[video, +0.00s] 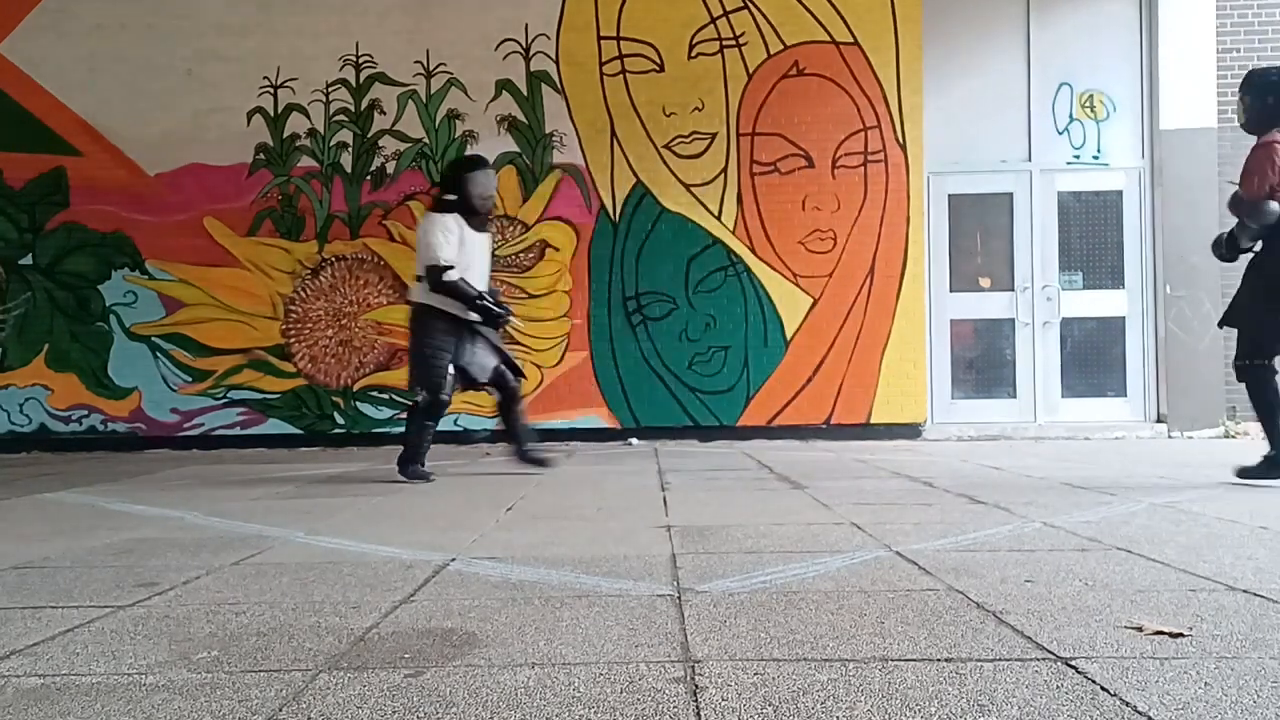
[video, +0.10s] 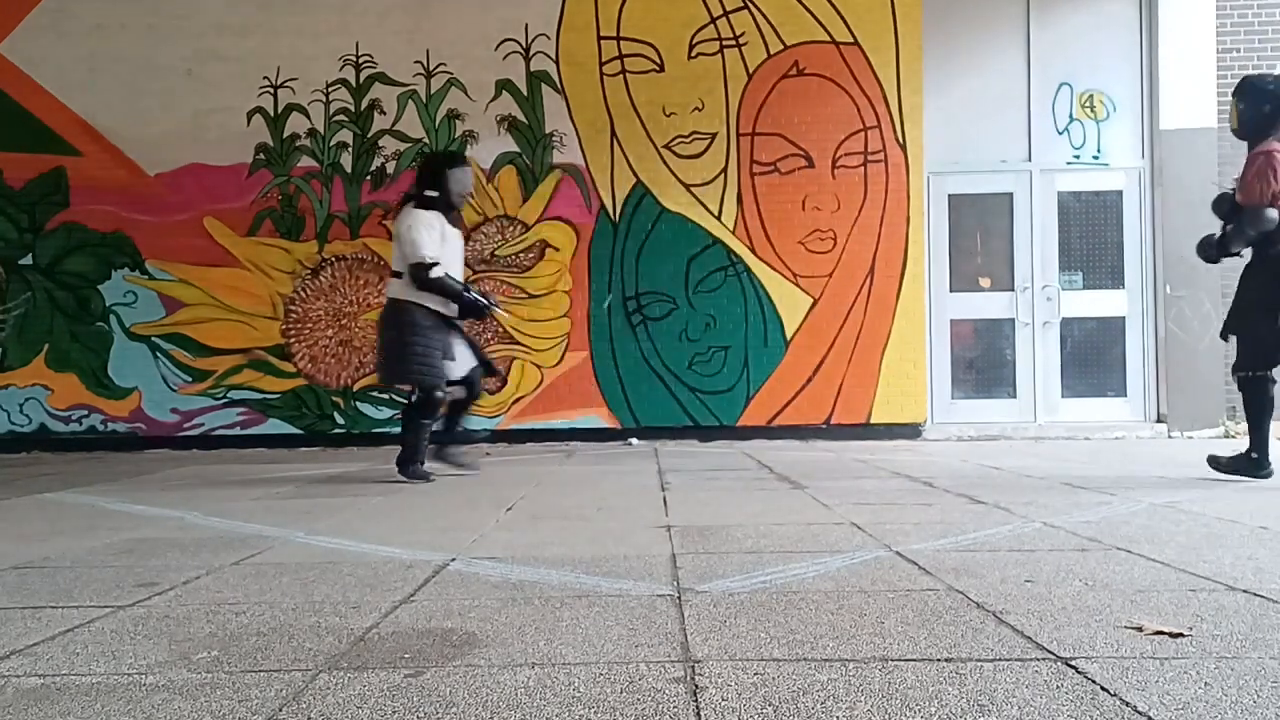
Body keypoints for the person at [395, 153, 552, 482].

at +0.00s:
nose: (490, 197)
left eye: (493, 189)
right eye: (482, 190)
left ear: (495, 188)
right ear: (459, 190)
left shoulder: (480, 228)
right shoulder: (439, 221)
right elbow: (439, 277)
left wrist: (493, 303)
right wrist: (481, 305)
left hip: (467, 324)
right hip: (435, 320)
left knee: (508, 381)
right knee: (436, 394)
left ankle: (523, 447)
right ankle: (411, 461)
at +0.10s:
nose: (470, 190)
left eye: (470, 182)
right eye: (463, 181)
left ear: (450, 182)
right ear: (441, 181)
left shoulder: (443, 221)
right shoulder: (419, 217)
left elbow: (444, 274)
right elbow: (423, 274)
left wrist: (471, 295)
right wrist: (464, 298)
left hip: (437, 317)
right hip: (412, 315)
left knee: (470, 379)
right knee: (430, 388)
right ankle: (410, 460)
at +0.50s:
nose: (368, 193)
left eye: (368, 184)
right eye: (364, 184)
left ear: (330, 185)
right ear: (347, 186)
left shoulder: (308, 220)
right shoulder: (340, 219)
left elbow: (321, 284)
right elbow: (353, 278)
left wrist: (367, 289)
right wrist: (390, 284)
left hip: (293, 318)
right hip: (320, 321)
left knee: (308, 395)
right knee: (372, 374)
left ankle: (266, 462)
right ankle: (378, 457)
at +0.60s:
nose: (346, 188)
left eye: (345, 180)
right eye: (342, 180)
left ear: (303, 178)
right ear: (327, 181)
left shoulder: (277, 214)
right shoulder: (325, 218)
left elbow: (264, 272)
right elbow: (332, 278)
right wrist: (359, 290)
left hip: (268, 313)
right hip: (301, 317)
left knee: (293, 389)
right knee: (342, 375)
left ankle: (264, 462)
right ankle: (318, 452)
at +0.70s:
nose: (330, 181)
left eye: (328, 173)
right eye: (325, 174)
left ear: (283, 173)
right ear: (313, 176)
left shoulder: (256, 208)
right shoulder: (314, 214)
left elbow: (234, 264)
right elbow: (323, 278)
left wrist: (272, 275)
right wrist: (332, 302)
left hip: (251, 309)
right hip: (285, 312)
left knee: (280, 384)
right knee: (315, 383)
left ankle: (264, 461)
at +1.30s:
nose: (274, 193)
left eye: (272, 185)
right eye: (268, 185)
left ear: (224, 189)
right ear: (252, 189)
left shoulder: (198, 224)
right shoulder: (256, 231)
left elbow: (167, 277)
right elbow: (265, 298)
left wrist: (200, 295)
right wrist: (272, 320)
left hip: (189, 325)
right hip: (230, 326)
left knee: (201, 399)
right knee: (300, 369)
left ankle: (163, 470)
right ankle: (280, 451)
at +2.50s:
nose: (495, 216)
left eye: (493, 208)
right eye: (489, 209)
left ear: (452, 215)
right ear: (473, 215)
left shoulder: (441, 247)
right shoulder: (470, 253)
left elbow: (443, 306)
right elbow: (475, 312)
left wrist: (493, 326)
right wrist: (516, 307)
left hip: (426, 344)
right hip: (458, 347)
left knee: (405, 413)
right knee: (536, 378)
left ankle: (342, 455)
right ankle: (545, 462)